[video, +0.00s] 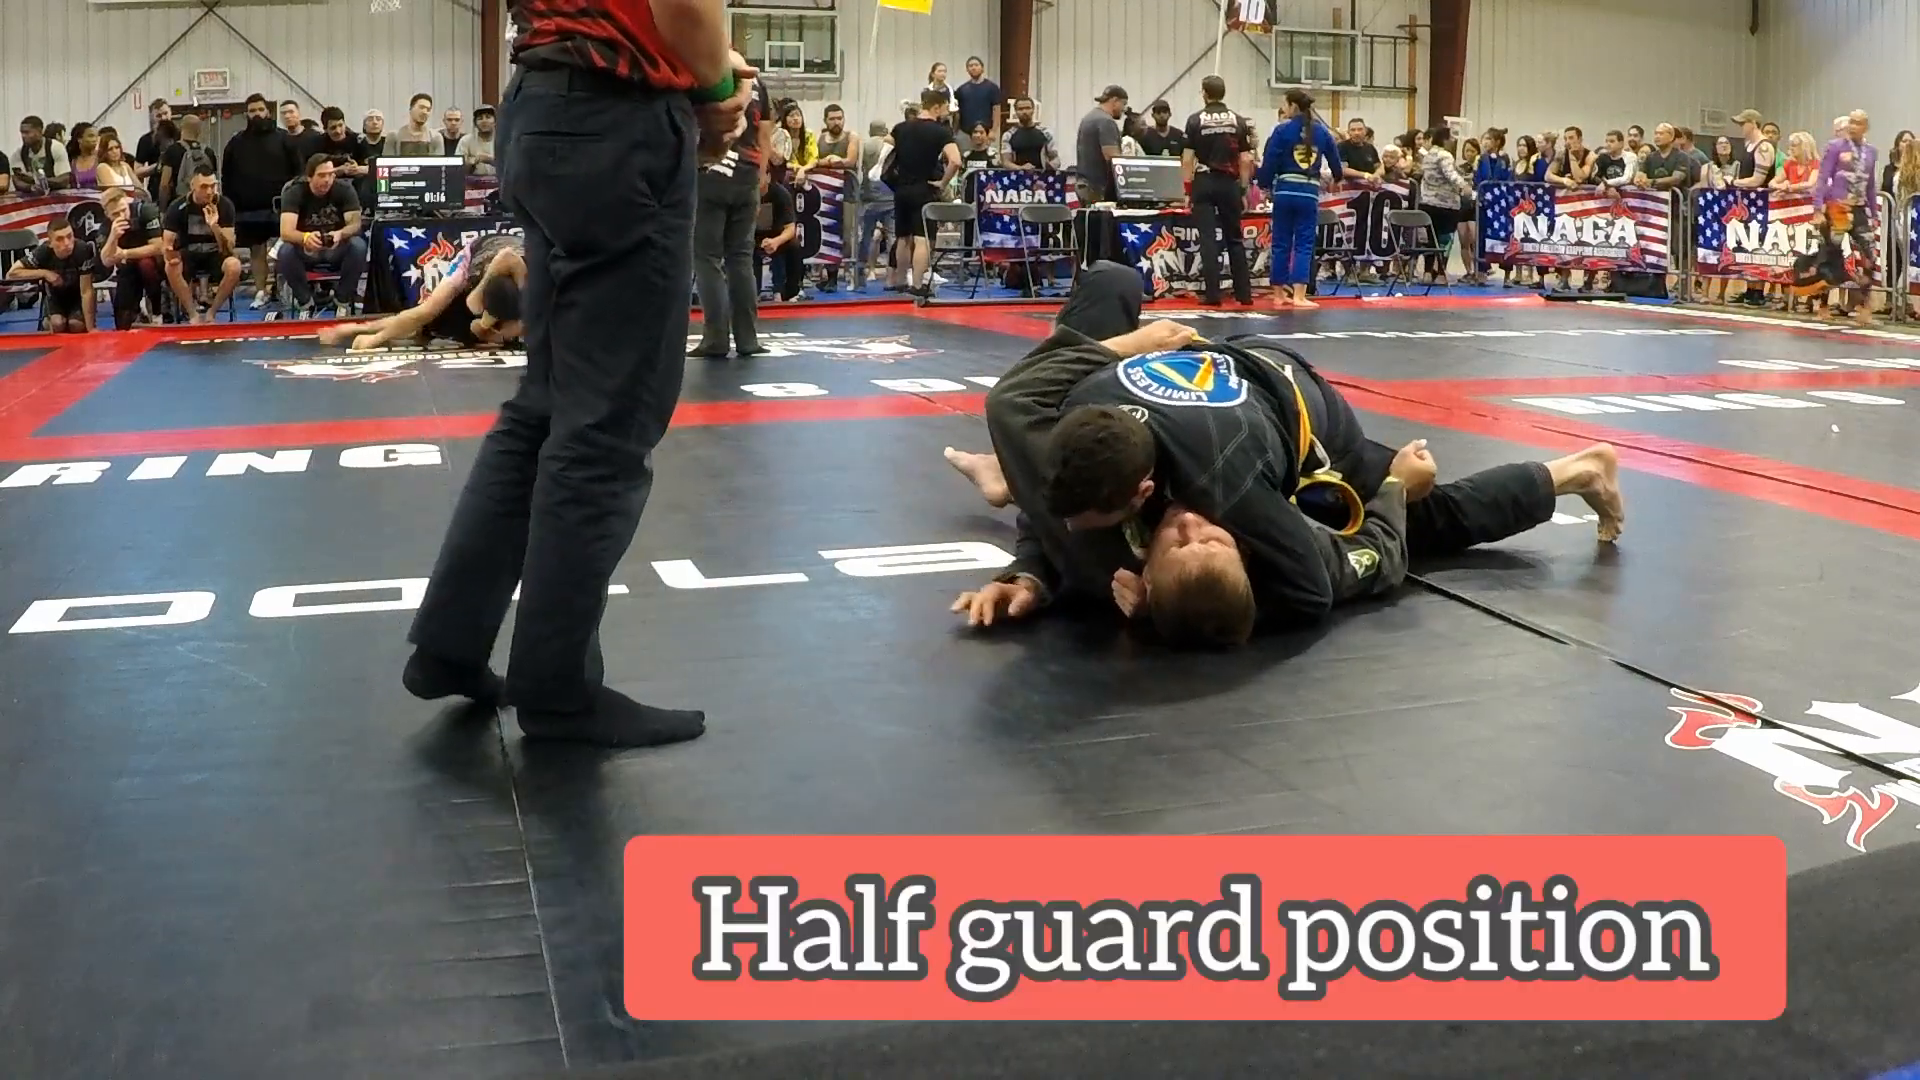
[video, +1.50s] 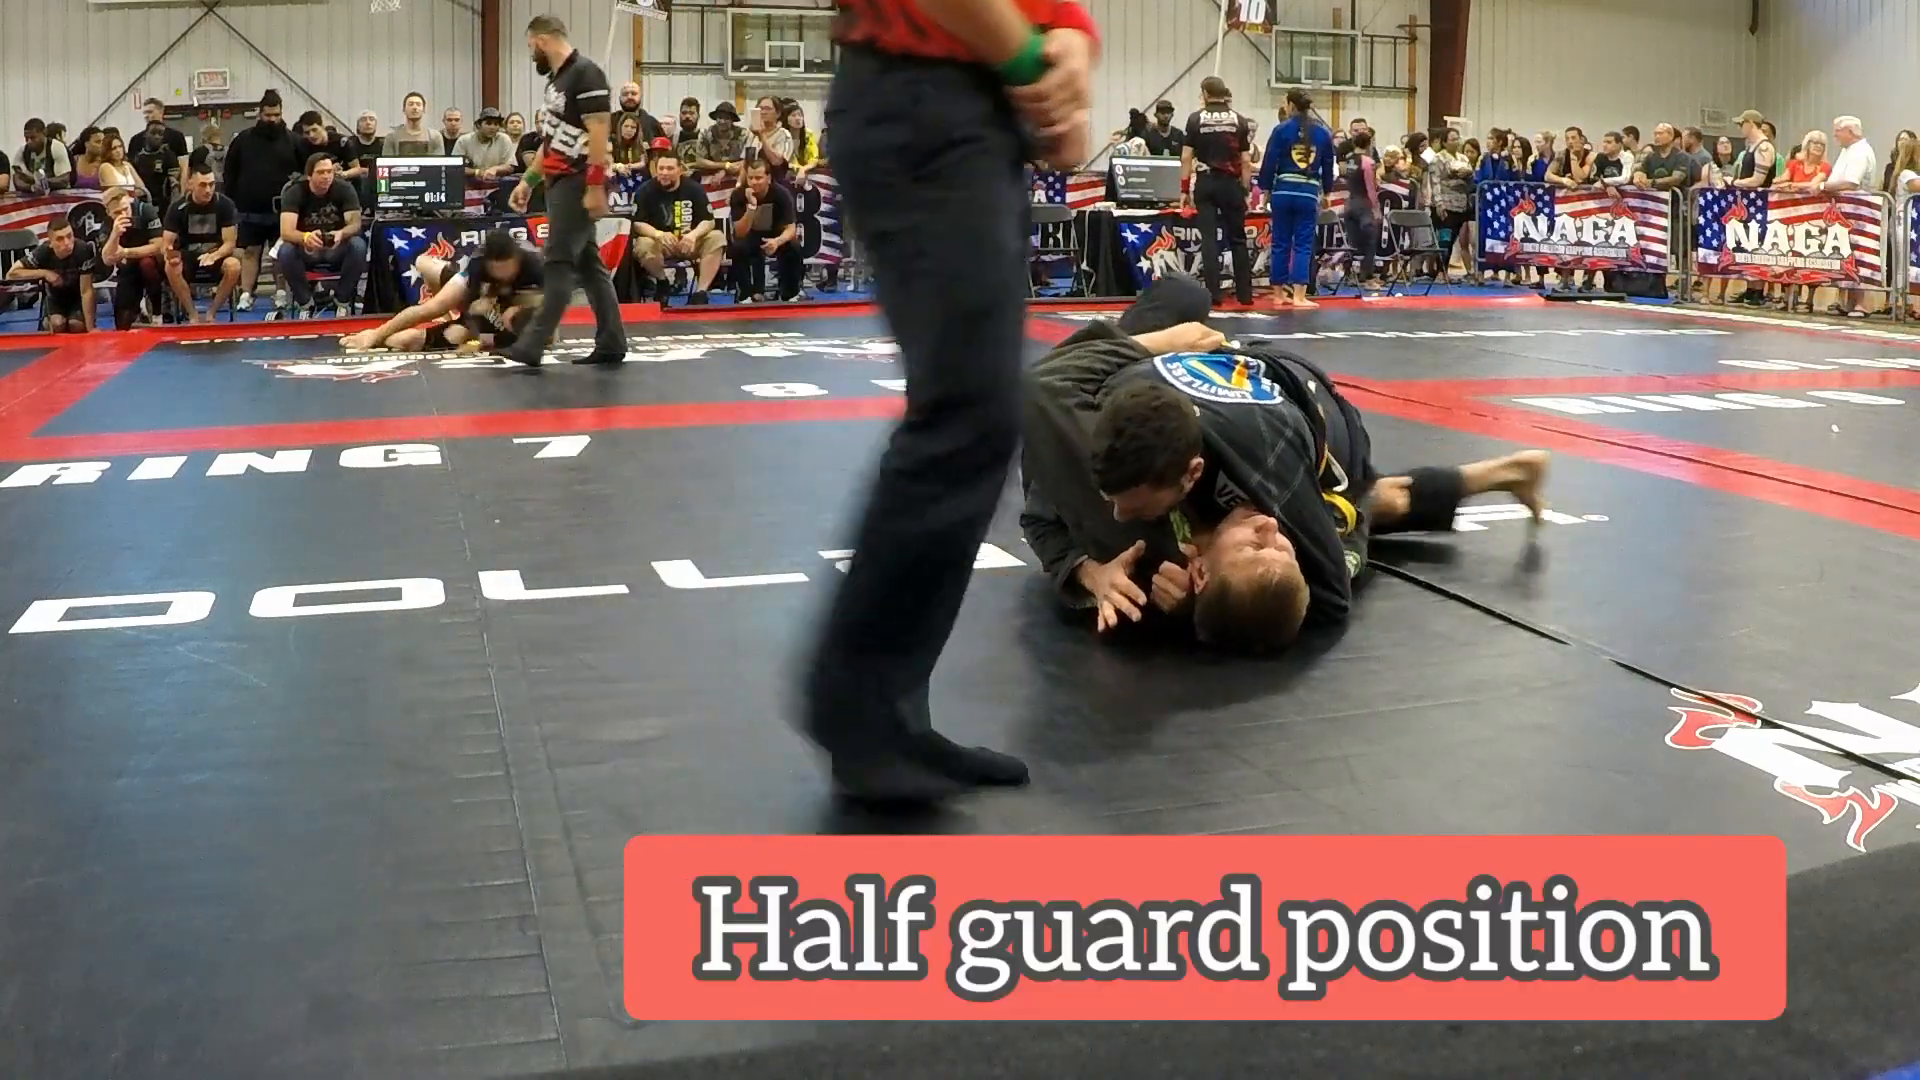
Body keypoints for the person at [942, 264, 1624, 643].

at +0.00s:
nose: (1190, 531)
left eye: (1151, 543)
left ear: (1140, 500)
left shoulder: (1220, 487)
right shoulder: (1022, 421)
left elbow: (1335, 583)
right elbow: (1066, 550)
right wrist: (1025, 583)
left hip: (1299, 410)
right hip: (1205, 354)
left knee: (1421, 529)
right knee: (1103, 280)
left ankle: (1580, 470)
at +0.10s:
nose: (1194, 529)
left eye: (1156, 534)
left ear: (1137, 496)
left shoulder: (1219, 481)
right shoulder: (1020, 418)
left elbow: (1320, 590)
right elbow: (1067, 541)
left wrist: (1154, 599)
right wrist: (1032, 583)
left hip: (1300, 410)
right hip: (1209, 354)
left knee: (1418, 530)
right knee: (1096, 277)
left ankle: (1581, 469)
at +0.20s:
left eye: (1087, 525)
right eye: (1062, 525)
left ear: (1134, 495)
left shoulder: (1221, 486)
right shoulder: (1043, 422)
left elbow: (1322, 583)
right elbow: (1059, 516)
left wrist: (1163, 603)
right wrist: (1051, 569)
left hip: (1296, 408)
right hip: (1213, 355)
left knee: (1423, 530)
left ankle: (1582, 471)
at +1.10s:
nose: (1121, 509)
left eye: (1136, 502)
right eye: (1114, 495)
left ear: (1184, 470)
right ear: (1099, 446)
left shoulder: (1269, 478)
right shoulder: (1069, 414)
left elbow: (1333, 598)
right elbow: (1045, 507)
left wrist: (1197, 590)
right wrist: (1095, 574)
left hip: (1331, 422)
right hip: (1233, 365)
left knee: (1383, 498)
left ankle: (1505, 475)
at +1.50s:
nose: (1129, 520)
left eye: (1145, 510)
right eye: (1118, 507)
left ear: (1191, 471)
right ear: (1103, 459)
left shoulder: (1271, 475)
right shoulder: (1061, 418)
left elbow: (1330, 600)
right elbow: (1041, 521)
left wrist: (1196, 594)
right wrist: (1087, 570)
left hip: (1303, 400)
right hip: (1213, 364)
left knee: (1372, 502)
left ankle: (1510, 470)